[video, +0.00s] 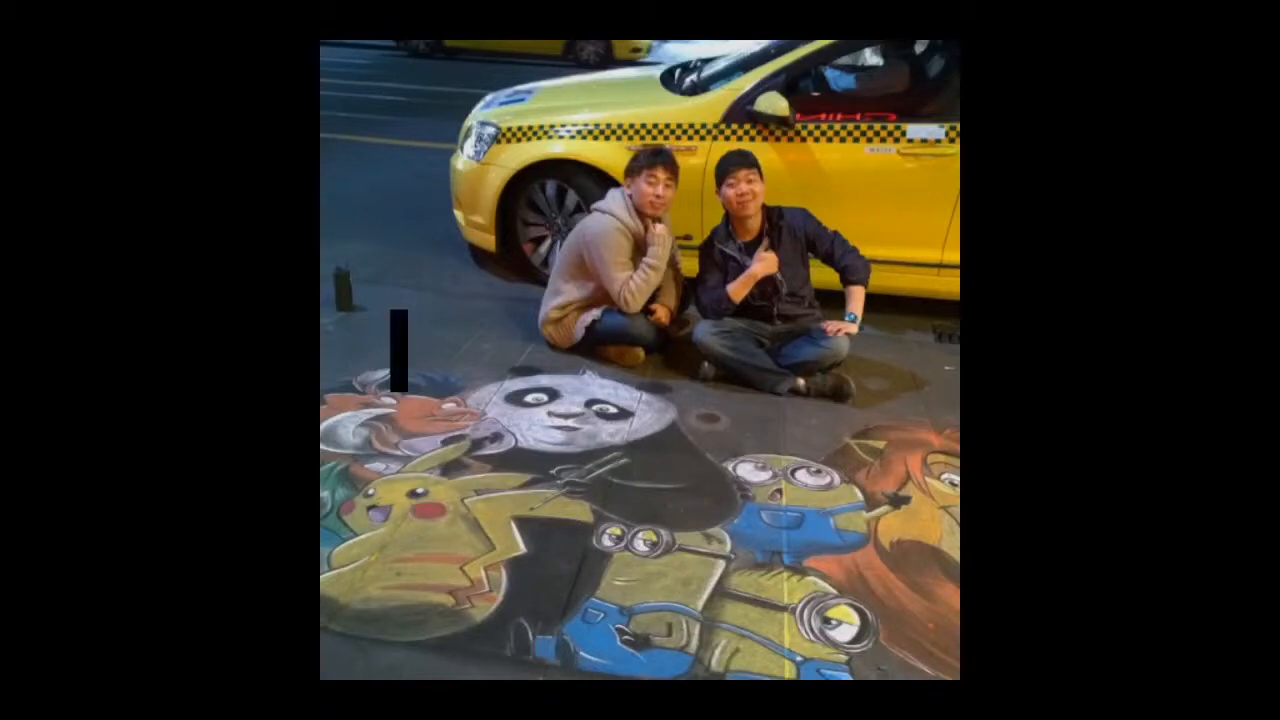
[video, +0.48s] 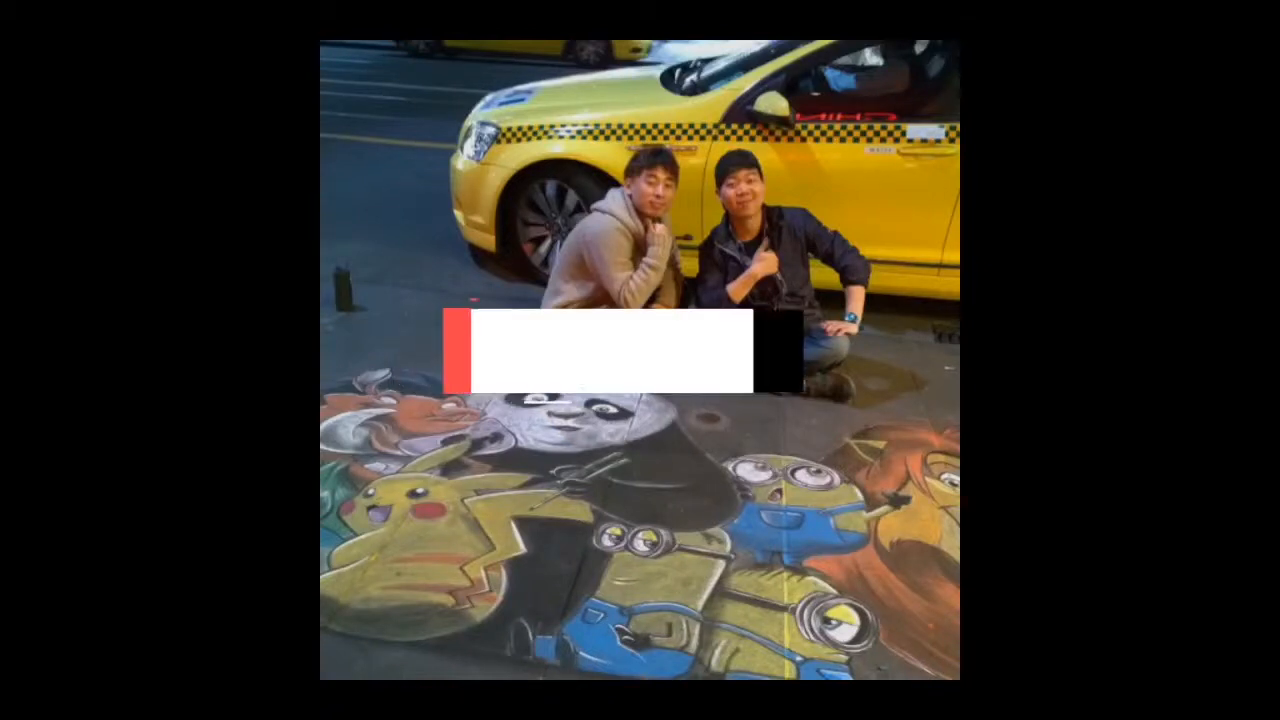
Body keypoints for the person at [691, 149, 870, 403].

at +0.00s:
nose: (743, 190)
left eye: (750, 181)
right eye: (732, 185)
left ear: (763, 187)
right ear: (720, 195)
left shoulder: (795, 222)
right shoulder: (714, 246)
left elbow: (853, 262)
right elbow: (709, 309)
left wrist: (851, 319)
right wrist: (753, 274)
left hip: (799, 327)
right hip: (747, 327)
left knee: (837, 344)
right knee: (704, 334)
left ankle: (733, 372)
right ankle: (799, 386)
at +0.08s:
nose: (743, 190)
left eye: (750, 181)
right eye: (732, 185)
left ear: (763, 187)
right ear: (720, 195)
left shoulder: (795, 222)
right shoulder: (714, 246)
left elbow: (853, 262)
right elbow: (709, 309)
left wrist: (851, 319)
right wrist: (753, 274)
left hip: (799, 327)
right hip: (747, 327)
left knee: (837, 344)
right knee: (704, 334)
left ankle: (733, 372)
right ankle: (799, 386)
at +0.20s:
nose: (743, 190)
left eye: (750, 181)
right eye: (732, 185)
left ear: (763, 187)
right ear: (720, 195)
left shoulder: (795, 222)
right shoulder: (714, 246)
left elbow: (853, 262)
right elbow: (709, 309)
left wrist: (851, 319)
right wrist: (753, 274)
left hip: (799, 327)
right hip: (747, 327)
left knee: (837, 344)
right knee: (704, 334)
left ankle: (733, 372)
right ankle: (799, 386)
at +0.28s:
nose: (743, 191)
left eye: (750, 181)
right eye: (732, 185)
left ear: (764, 187)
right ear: (720, 195)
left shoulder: (795, 222)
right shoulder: (713, 246)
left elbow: (853, 262)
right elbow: (708, 305)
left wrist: (851, 319)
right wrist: (753, 274)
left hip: (800, 326)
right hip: (747, 326)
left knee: (837, 345)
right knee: (715, 337)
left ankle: (742, 371)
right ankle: (799, 386)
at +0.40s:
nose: (743, 191)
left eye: (750, 181)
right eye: (732, 185)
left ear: (764, 187)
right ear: (720, 196)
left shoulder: (795, 222)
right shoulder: (713, 246)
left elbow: (853, 262)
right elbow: (708, 306)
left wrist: (851, 319)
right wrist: (753, 274)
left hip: (798, 325)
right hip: (746, 327)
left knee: (836, 344)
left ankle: (746, 372)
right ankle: (801, 386)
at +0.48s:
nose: (743, 191)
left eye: (750, 181)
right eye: (732, 185)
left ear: (763, 187)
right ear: (720, 195)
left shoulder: (795, 222)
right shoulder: (713, 246)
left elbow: (853, 262)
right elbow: (708, 307)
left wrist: (851, 319)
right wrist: (752, 275)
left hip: (799, 324)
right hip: (743, 329)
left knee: (837, 344)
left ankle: (751, 372)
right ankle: (806, 387)